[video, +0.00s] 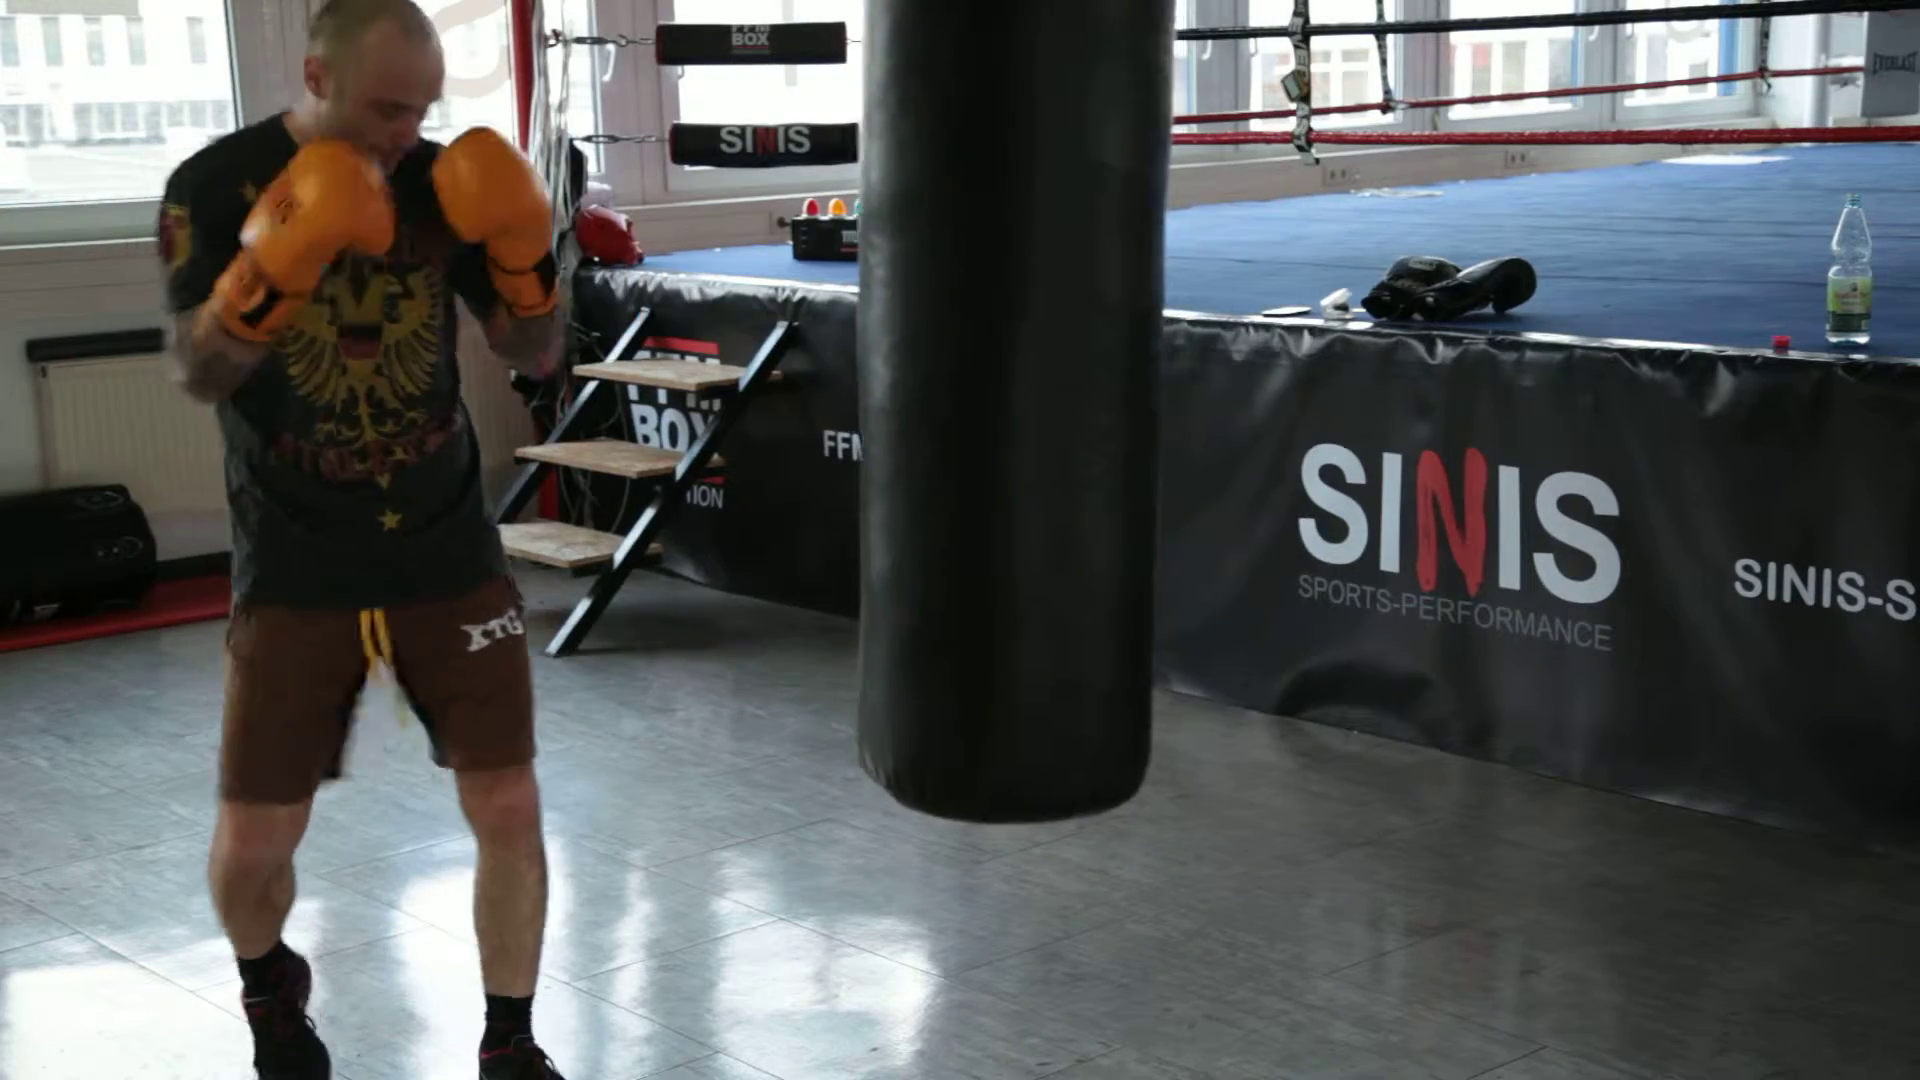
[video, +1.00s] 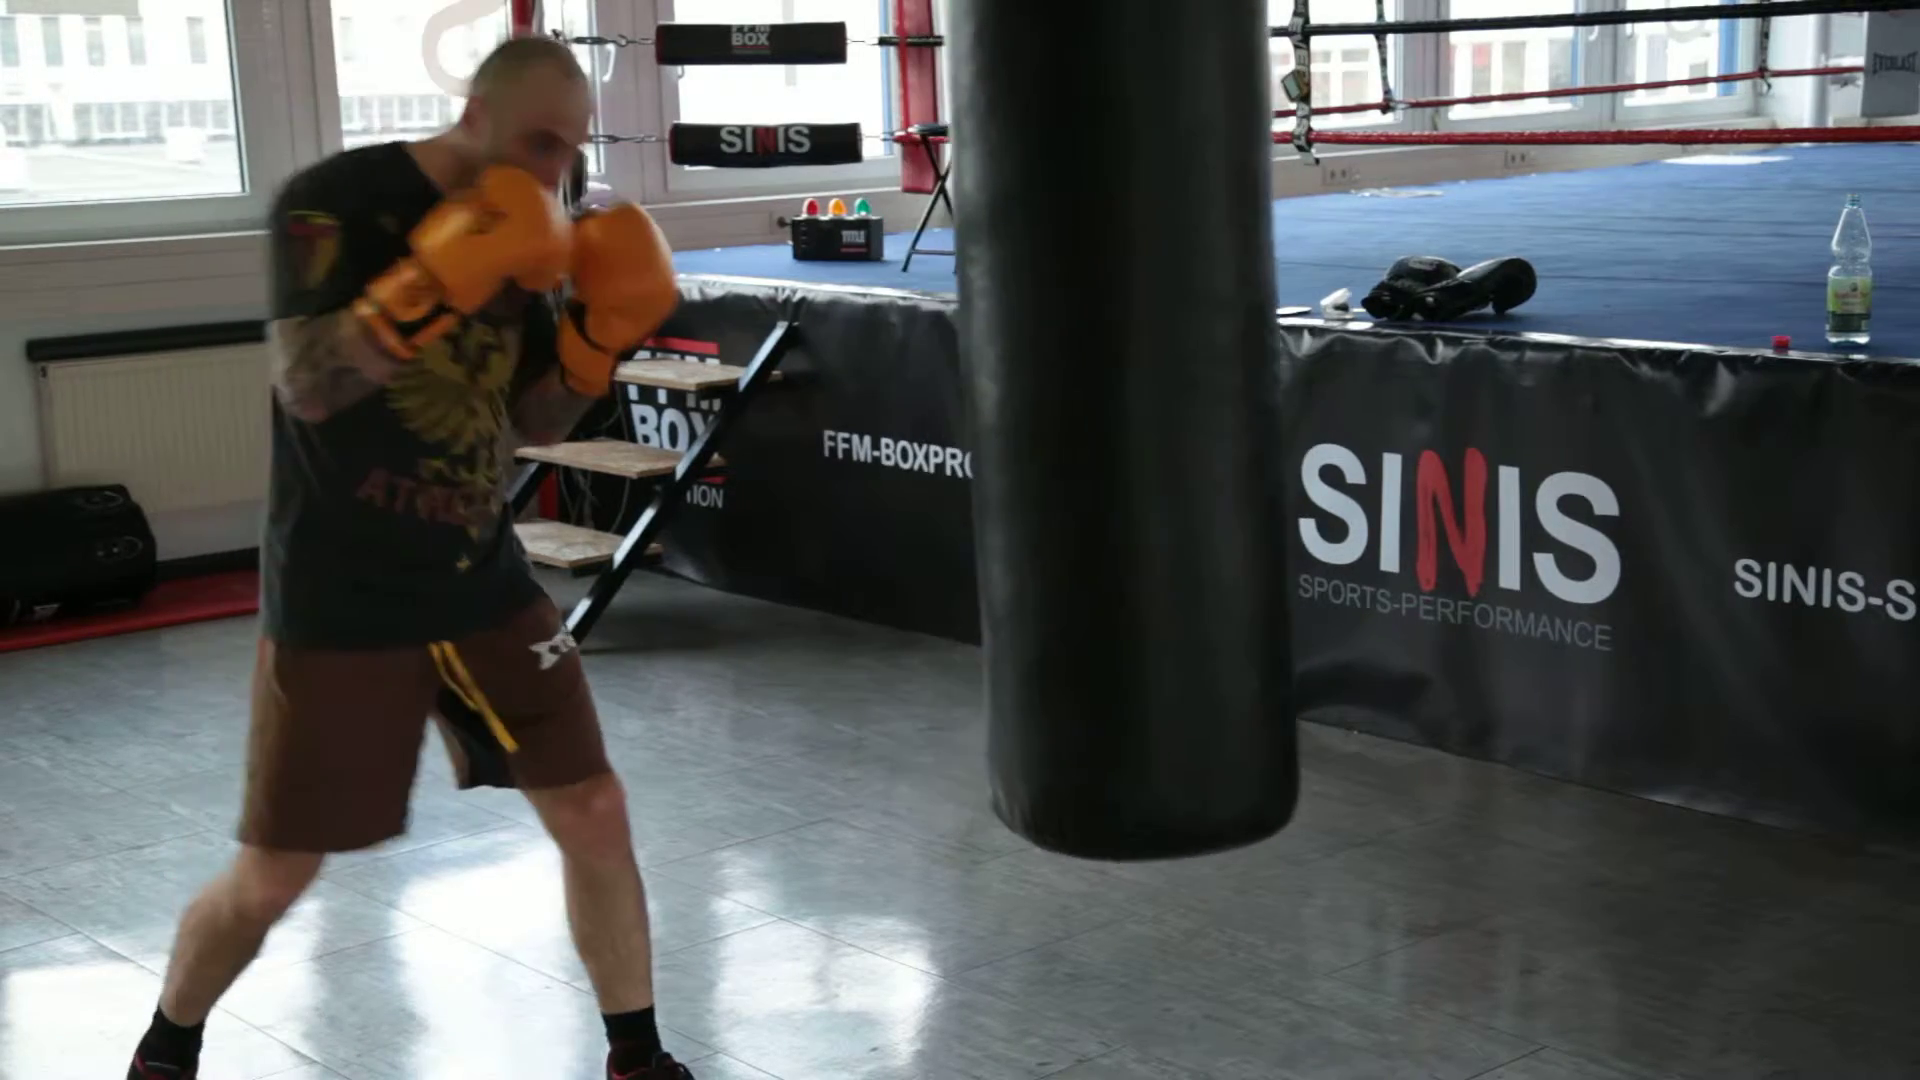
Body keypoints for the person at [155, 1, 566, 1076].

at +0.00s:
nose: (405, 132)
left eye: (422, 111)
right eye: (384, 110)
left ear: (437, 86)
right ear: (316, 75)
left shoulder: (445, 181)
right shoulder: (218, 187)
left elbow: (537, 355)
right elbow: (200, 378)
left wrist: (526, 256)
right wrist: (267, 273)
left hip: (445, 544)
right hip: (294, 558)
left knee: (510, 808)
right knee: (250, 854)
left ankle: (512, 1047)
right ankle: (273, 998)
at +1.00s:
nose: (559, 173)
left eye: (574, 150)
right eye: (541, 143)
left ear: (582, 144)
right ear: (475, 118)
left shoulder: (535, 234)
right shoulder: (332, 202)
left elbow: (534, 422)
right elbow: (306, 388)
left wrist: (603, 337)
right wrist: (441, 279)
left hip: (479, 571)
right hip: (338, 585)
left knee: (593, 812)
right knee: (274, 873)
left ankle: (639, 1058)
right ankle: (164, 1057)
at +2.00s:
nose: (442, 157)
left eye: (455, 130)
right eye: (417, 131)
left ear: (469, 113)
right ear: (339, 105)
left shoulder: (485, 214)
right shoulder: (244, 231)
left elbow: (575, 403)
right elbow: (238, 438)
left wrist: (565, 327)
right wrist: (327, 326)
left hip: (484, 596)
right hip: (317, 617)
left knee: (622, 833)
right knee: (239, 902)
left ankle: (647, 1059)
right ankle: (192, 1078)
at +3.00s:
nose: (605, 149)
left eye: (617, 124)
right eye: (584, 123)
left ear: (625, 112)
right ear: (503, 94)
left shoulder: (607, 227)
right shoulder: (380, 219)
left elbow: (704, 407)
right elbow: (391, 415)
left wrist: (737, 341)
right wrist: (530, 301)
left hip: (597, 624)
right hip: (434, 637)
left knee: (717, 888)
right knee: (360, 951)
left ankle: (712, 1071)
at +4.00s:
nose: (686, 212)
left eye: (700, 188)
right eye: (671, 183)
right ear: (587, 148)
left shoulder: (662, 259)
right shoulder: (440, 264)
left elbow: (744, 425)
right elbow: (450, 465)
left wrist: (803, 387)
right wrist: (595, 337)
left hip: (655, 665)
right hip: (493, 683)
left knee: (809, 911)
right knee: (392, 997)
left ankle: (879, 1079)